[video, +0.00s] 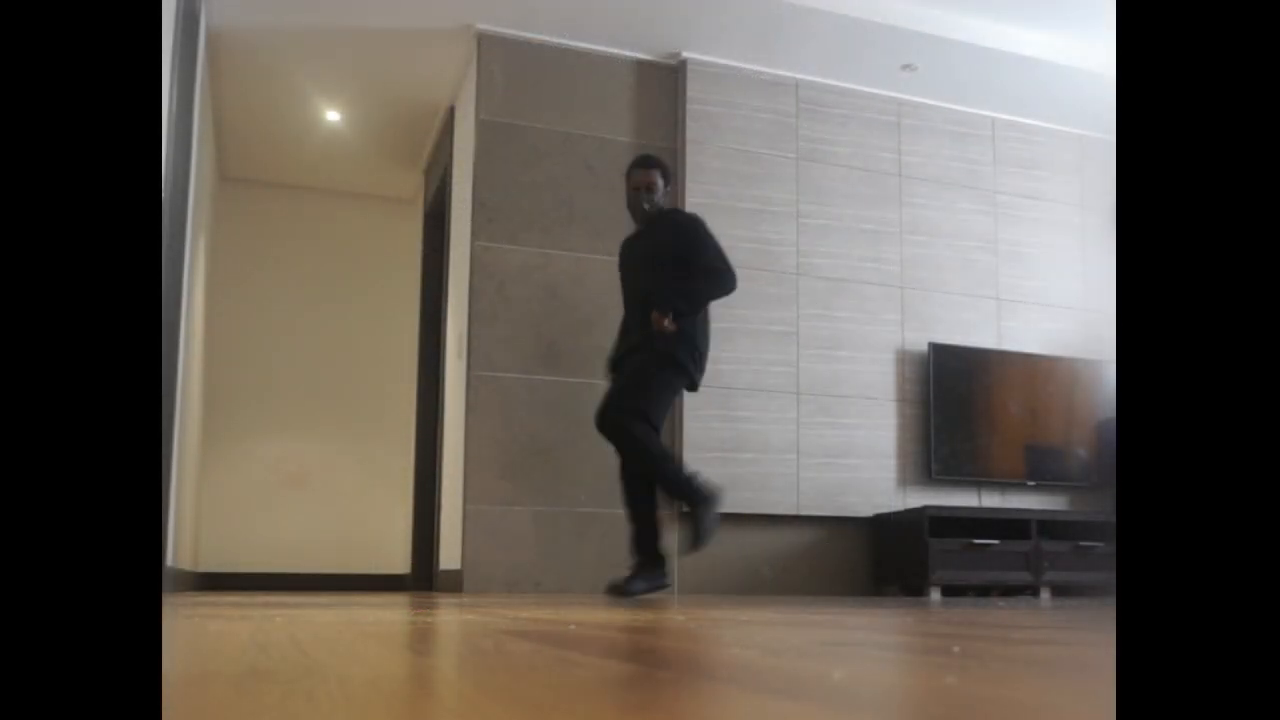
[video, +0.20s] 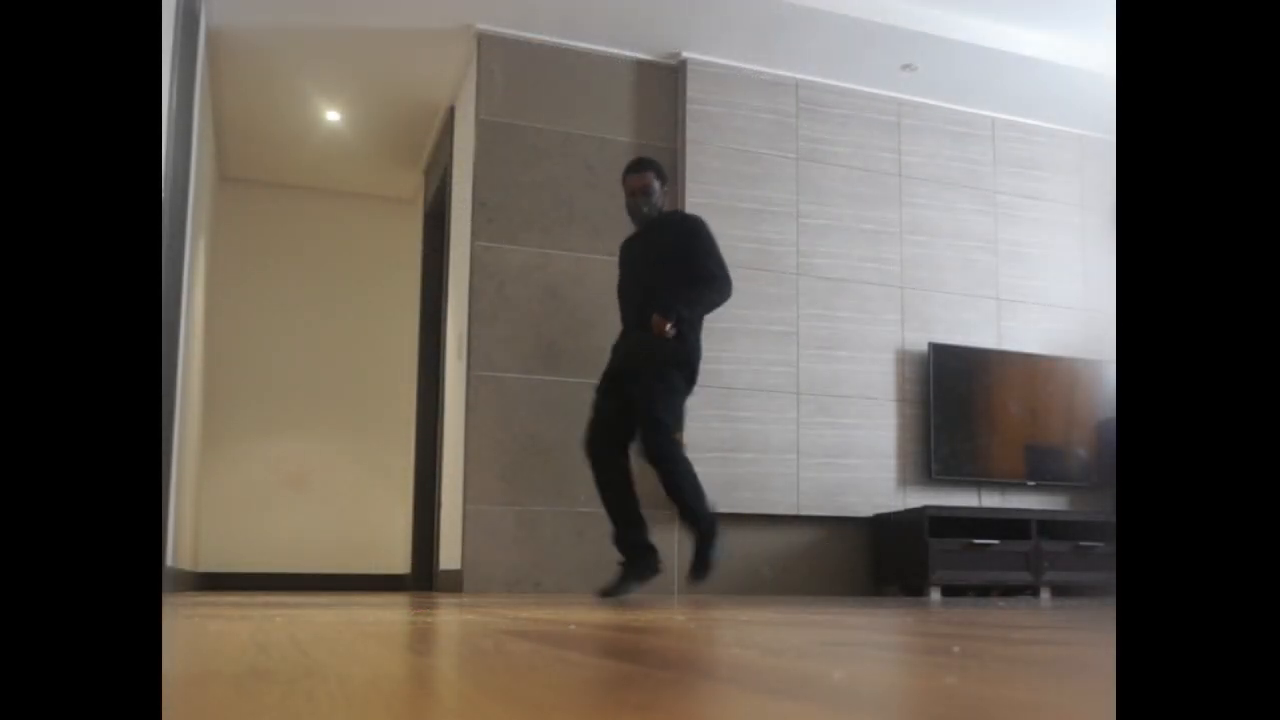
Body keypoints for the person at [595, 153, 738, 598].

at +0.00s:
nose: (642, 197)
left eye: (650, 189)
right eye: (636, 190)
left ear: (667, 191)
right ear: (627, 194)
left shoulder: (684, 227)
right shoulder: (631, 247)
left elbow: (723, 278)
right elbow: (635, 310)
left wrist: (675, 308)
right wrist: (619, 355)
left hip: (672, 354)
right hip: (639, 357)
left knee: (614, 418)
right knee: (635, 450)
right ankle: (649, 565)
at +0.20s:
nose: (639, 201)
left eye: (646, 192)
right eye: (632, 194)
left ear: (664, 192)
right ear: (624, 198)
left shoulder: (688, 228)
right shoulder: (631, 247)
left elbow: (719, 285)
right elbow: (633, 305)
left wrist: (677, 314)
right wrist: (632, 346)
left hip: (671, 356)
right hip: (632, 355)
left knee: (659, 444)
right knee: (603, 446)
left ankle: (705, 527)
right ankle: (638, 556)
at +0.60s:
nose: (636, 220)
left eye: (643, 211)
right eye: (628, 213)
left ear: (659, 205)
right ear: (619, 212)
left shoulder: (691, 246)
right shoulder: (615, 254)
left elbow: (727, 302)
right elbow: (609, 318)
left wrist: (697, 336)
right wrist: (595, 371)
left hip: (673, 373)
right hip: (626, 374)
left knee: (677, 466)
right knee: (628, 454)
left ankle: (693, 569)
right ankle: (594, 561)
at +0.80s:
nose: (637, 193)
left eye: (638, 186)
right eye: (624, 191)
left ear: (647, 195)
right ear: (608, 206)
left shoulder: (667, 249)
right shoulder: (593, 250)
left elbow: (678, 316)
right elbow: (576, 318)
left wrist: (729, 320)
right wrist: (556, 379)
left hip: (667, 383)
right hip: (610, 381)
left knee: (685, 473)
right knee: (568, 466)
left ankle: (695, 570)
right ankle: (530, 561)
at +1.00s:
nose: (588, 211)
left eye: (592, 203)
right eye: (577, 207)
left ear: (602, 209)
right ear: (562, 218)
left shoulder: (632, 256)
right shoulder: (552, 261)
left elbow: (678, 287)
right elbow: (539, 312)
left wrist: (712, 277)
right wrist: (528, 344)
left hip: (628, 388)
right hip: (572, 387)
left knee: (663, 472)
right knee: (532, 473)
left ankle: (695, 566)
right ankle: (504, 572)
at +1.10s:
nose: (559, 220)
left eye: (561, 211)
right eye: (548, 219)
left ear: (570, 209)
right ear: (537, 231)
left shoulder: (604, 235)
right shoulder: (539, 274)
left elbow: (661, 271)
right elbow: (525, 344)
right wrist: (524, 325)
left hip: (605, 378)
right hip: (556, 381)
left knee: (602, 462)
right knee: (523, 472)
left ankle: (664, 568)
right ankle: (503, 574)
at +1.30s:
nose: (565, 192)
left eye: (569, 186)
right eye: (555, 188)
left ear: (578, 193)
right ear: (538, 199)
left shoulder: (595, 224)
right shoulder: (524, 241)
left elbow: (601, 261)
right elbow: (511, 292)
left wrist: (599, 291)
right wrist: (511, 287)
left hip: (603, 362)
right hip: (549, 367)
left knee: (641, 448)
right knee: (525, 464)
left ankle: (679, 544)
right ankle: (505, 569)